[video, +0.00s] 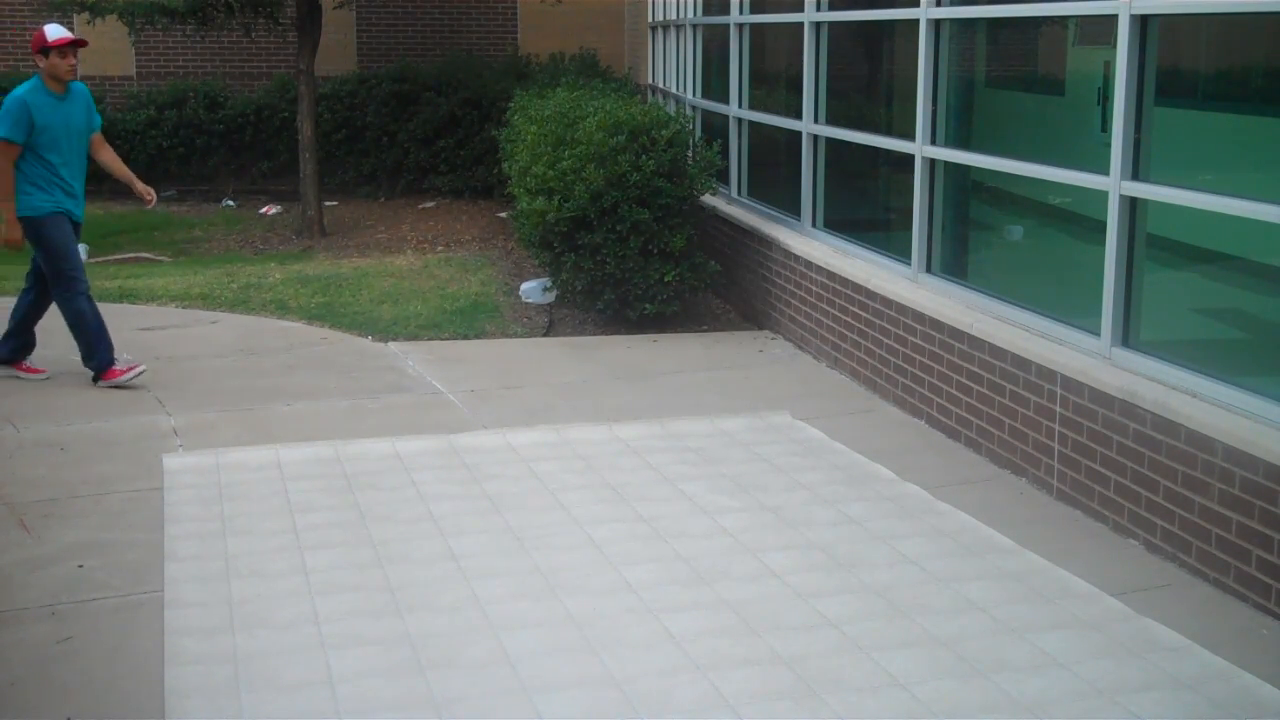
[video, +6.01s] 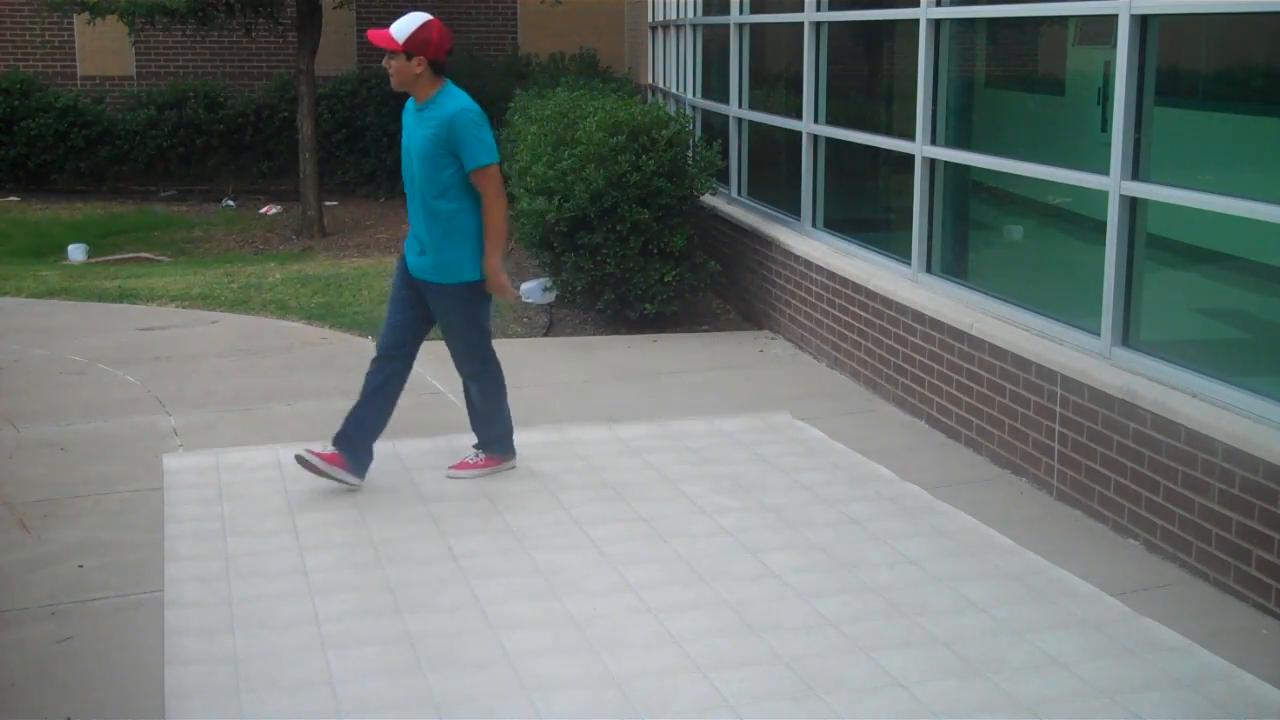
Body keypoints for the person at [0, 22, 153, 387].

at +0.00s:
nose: (72, 59)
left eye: (74, 52)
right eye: (62, 54)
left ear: (77, 56)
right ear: (41, 60)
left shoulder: (80, 93)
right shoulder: (20, 102)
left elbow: (99, 147)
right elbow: (5, 163)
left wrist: (134, 181)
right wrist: (9, 220)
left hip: (71, 206)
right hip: (38, 207)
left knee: (41, 285)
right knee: (72, 280)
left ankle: (10, 353)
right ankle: (103, 365)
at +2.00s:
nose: (503, 89)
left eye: (508, 83)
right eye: (500, 79)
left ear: (491, 71)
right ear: (479, 64)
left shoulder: (488, 102)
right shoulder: (440, 97)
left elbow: (481, 163)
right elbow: (427, 163)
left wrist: (490, 211)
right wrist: (441, 224)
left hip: (484, 220)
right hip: (448, 221)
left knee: (491, 305)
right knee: (460, 301)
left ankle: (493, 387)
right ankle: (399, 357)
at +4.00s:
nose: (741, 106)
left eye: (745, 99)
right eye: (734, 98)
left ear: (750, 92)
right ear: (711, 90)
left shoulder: (747, 113)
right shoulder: (675, 125)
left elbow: (745, 149)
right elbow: (641, 181)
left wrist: (757, 187)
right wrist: (630, 240)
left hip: (729, 232)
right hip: (679, 234)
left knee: (742, 319)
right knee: (670, 320)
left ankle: (739, 399)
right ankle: (630, 397)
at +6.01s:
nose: (385, 62)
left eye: (393, 56)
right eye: (387, 54)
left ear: (420, 64)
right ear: (414, 64)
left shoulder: (463, 114)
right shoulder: (412, 107)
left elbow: (494, 194)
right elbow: (428, 187)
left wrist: (493, 263)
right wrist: (419, 243)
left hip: (458, 269)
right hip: (417, 262)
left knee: (476, 362)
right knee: (390, 358)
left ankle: (497, 448)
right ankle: (350, 455)